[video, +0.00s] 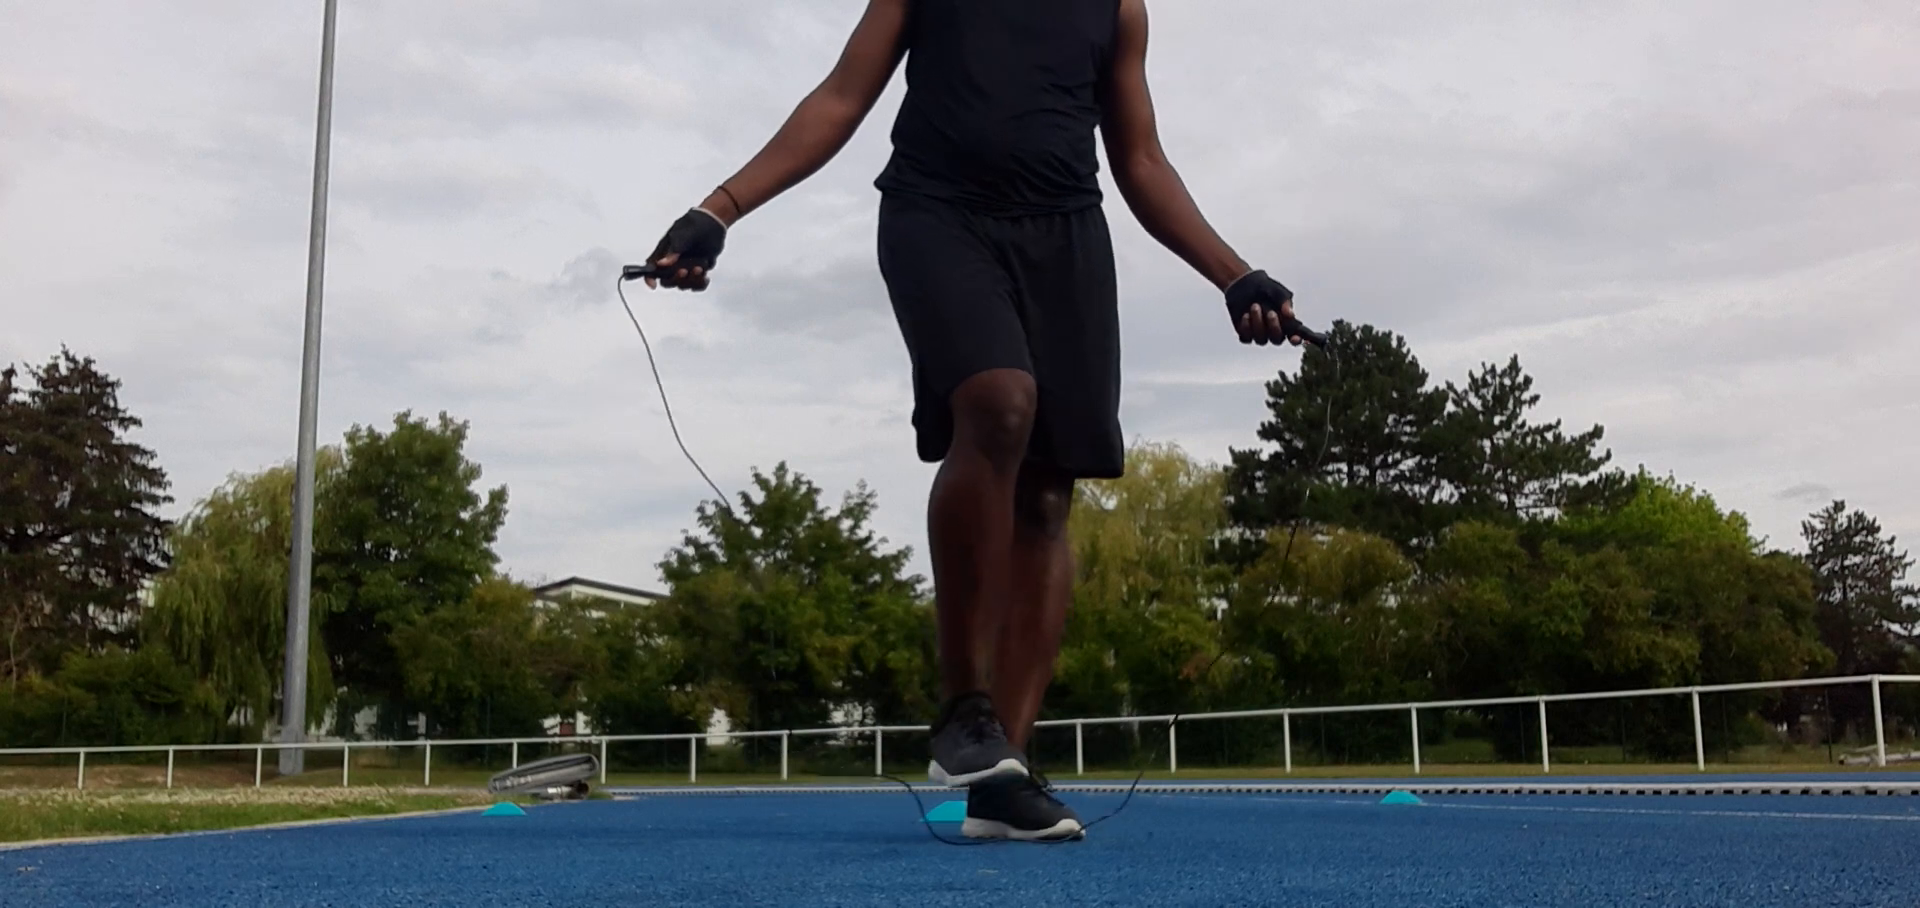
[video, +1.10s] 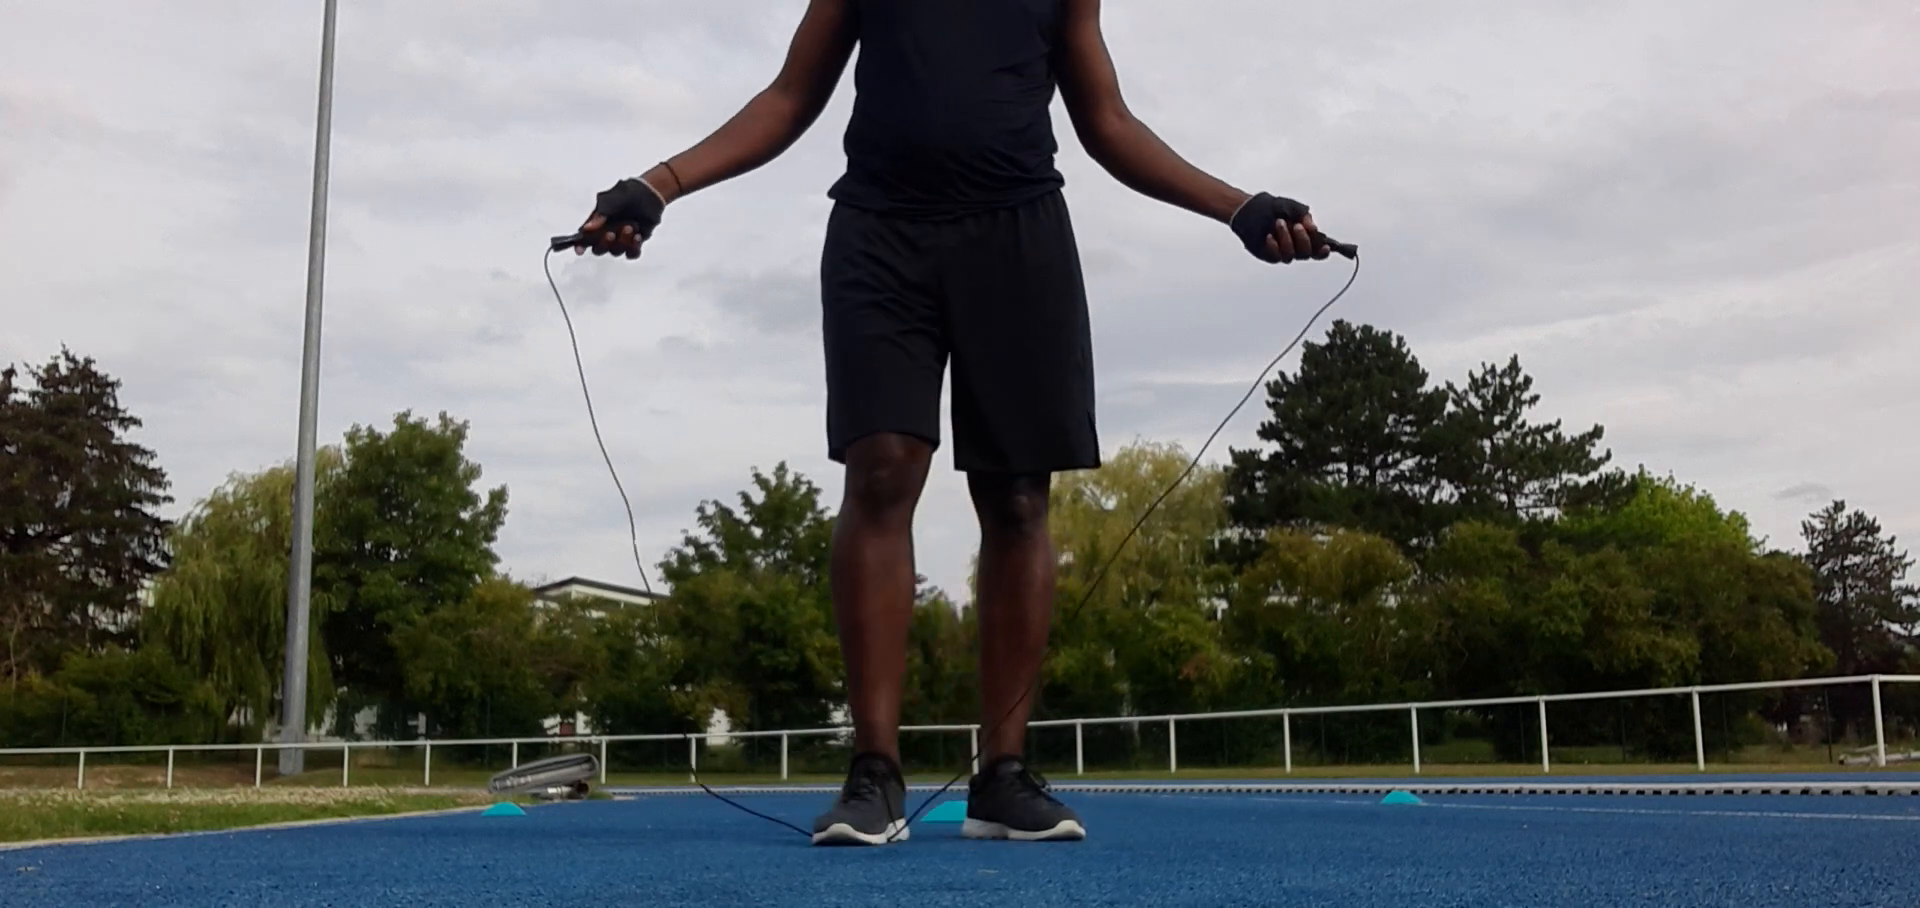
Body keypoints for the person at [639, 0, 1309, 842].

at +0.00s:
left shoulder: (1116, 8)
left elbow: (1140, 159)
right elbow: (840, 97)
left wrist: (1236, 274)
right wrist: (718, 206)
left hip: (1063, 230)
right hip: (938, 214)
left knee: (1045, 495)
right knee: (1000, 405)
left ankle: (1006, 765)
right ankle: (965, 708)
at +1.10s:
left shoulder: (1060, 4)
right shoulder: (857, 3)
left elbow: (1108, 121)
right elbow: (790, 97)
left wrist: (1241, 206)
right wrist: (658, 183)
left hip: (1019, 232)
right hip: (881, 230)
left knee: (1016, 498)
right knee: (884, 470)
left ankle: (1003, 774)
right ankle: (875, 773)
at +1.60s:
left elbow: (1036, 99)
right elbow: (729, 101)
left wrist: (1172, 209)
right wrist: (622, 219)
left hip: (975, 205)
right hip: (834, 212)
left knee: (996, 410)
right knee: (839, 488)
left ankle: (972, 655)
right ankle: (872, 772)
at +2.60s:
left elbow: (1123, 81)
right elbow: (782, 41)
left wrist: (1280, 147)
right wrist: (624, 89)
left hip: (1031, 185)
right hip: (882, 187)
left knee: (1032, 470)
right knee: (889, 445)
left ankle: (1010, 770)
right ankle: (879, 743)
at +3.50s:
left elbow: (1173, 6)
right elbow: (793, 7)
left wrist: (1326, 70)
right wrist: (648, 57)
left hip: (1042, 150)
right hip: (893, 153)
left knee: (1032, 462)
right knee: (902, 442)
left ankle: (1012, 778)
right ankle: (920, 772)